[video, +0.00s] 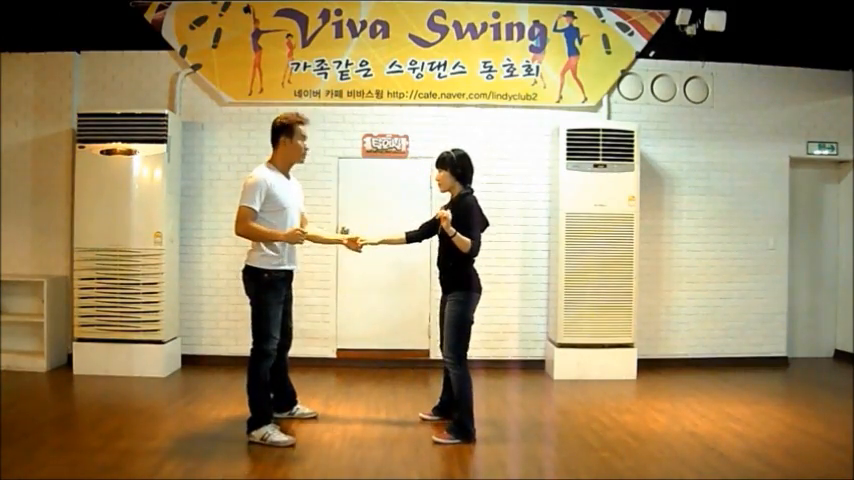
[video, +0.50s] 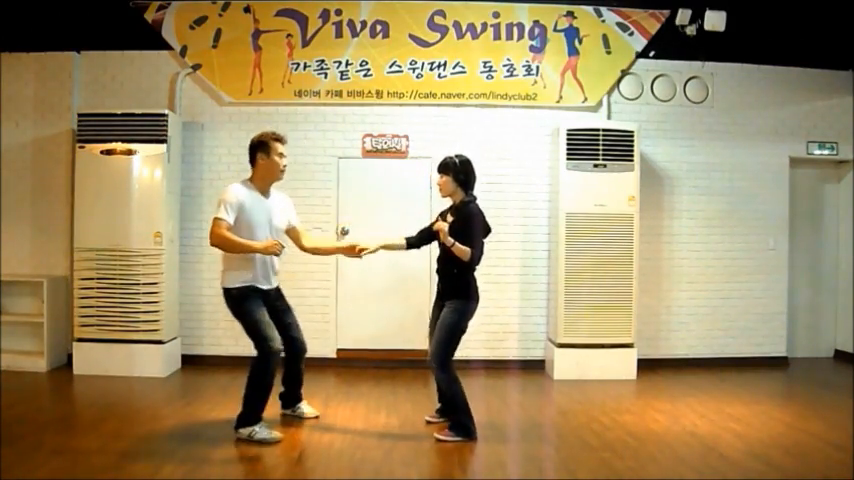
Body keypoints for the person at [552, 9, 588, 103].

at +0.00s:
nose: (566, 20)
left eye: (568, 18)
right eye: (566, 18)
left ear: (571, 19)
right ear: (569, 19)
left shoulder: (568, 29)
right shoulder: (576, 29)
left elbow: (555, 30)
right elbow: (579, 43)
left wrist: (557, 19)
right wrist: (582, 37)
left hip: (572, 54)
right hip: (575, 53)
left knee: (562, 72)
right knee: (574, 75)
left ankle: (559, 95)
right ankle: (584, 95)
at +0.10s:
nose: (566, 20)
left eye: (568, 18)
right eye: (566, 18)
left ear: (571, 19)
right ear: (568, 19)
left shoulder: (568, 29)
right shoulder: (576, 29)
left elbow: (555, 30)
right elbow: (579, 42)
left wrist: (557, 19)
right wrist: (582, 37)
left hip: (572, 54)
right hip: (575, 53)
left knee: (562, 72)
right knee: (574, 75)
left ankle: (559, 95)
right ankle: (584, 95)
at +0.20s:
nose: (567, 20)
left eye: (568, 18)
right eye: (567, 18)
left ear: (572, 19)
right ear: (568, 19)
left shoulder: (568, 29)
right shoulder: (576, 29)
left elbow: (555, 30)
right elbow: (579, 42)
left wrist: (557, 19)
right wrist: (582, 37)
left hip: (572, 54)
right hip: (575, 53)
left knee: (562, 72)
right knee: (574, 75)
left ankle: (559, 95)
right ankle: (584, 95)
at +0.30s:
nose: (567, 20)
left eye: (568, 18)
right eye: (566, 18)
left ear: (572, 19)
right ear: (568, 19)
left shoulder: (567, 29)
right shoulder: (576, 29)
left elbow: (555, 30)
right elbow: (580, 43)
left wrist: (557, 19)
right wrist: (582, 37)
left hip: (572, 54)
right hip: (575, 54)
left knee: (562, 73)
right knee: (574, 75)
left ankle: (559, 95)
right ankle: (584, 95)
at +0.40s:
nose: (567, 20)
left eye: (568, 18)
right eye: (566, 18)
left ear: (572, 19)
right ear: (567, 18)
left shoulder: (567, 29)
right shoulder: (576, 29)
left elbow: (555, 30)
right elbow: (580, 42)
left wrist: (557, 19)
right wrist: (582, 37)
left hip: (572, 54)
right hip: (575, 54)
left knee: (562, 73)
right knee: (574, 75)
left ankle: (559, 95)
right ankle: (584, 95)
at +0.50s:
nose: (567, 20)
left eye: (569, 18)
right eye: (567, 18)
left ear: (572, 19)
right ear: (567, 18)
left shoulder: (567, 29)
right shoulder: (576, 29)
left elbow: (555, 30)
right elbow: (579, 42)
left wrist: (557, 19)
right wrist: (582, 37)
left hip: (572, 54)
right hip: (575, 53)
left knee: (562, 73)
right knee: (574, 75)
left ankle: (559, 95)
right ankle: (584, 95)